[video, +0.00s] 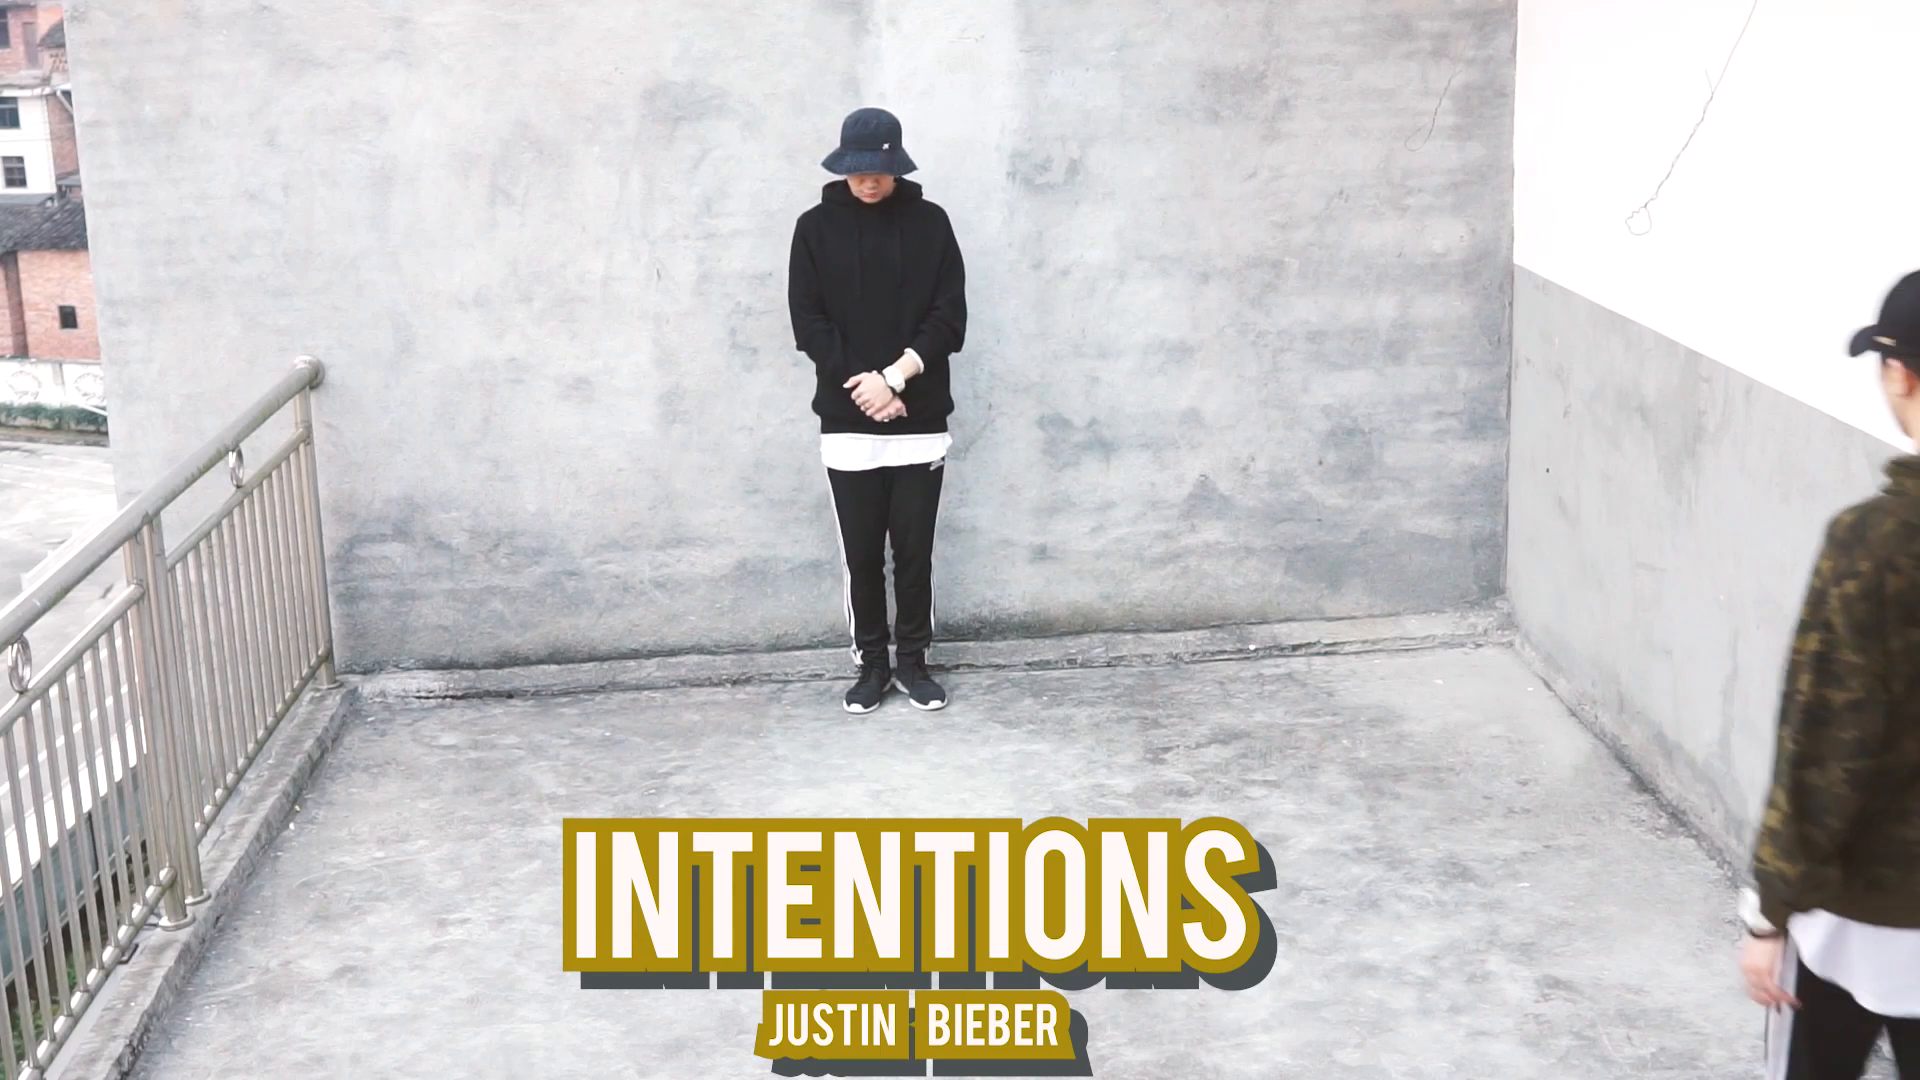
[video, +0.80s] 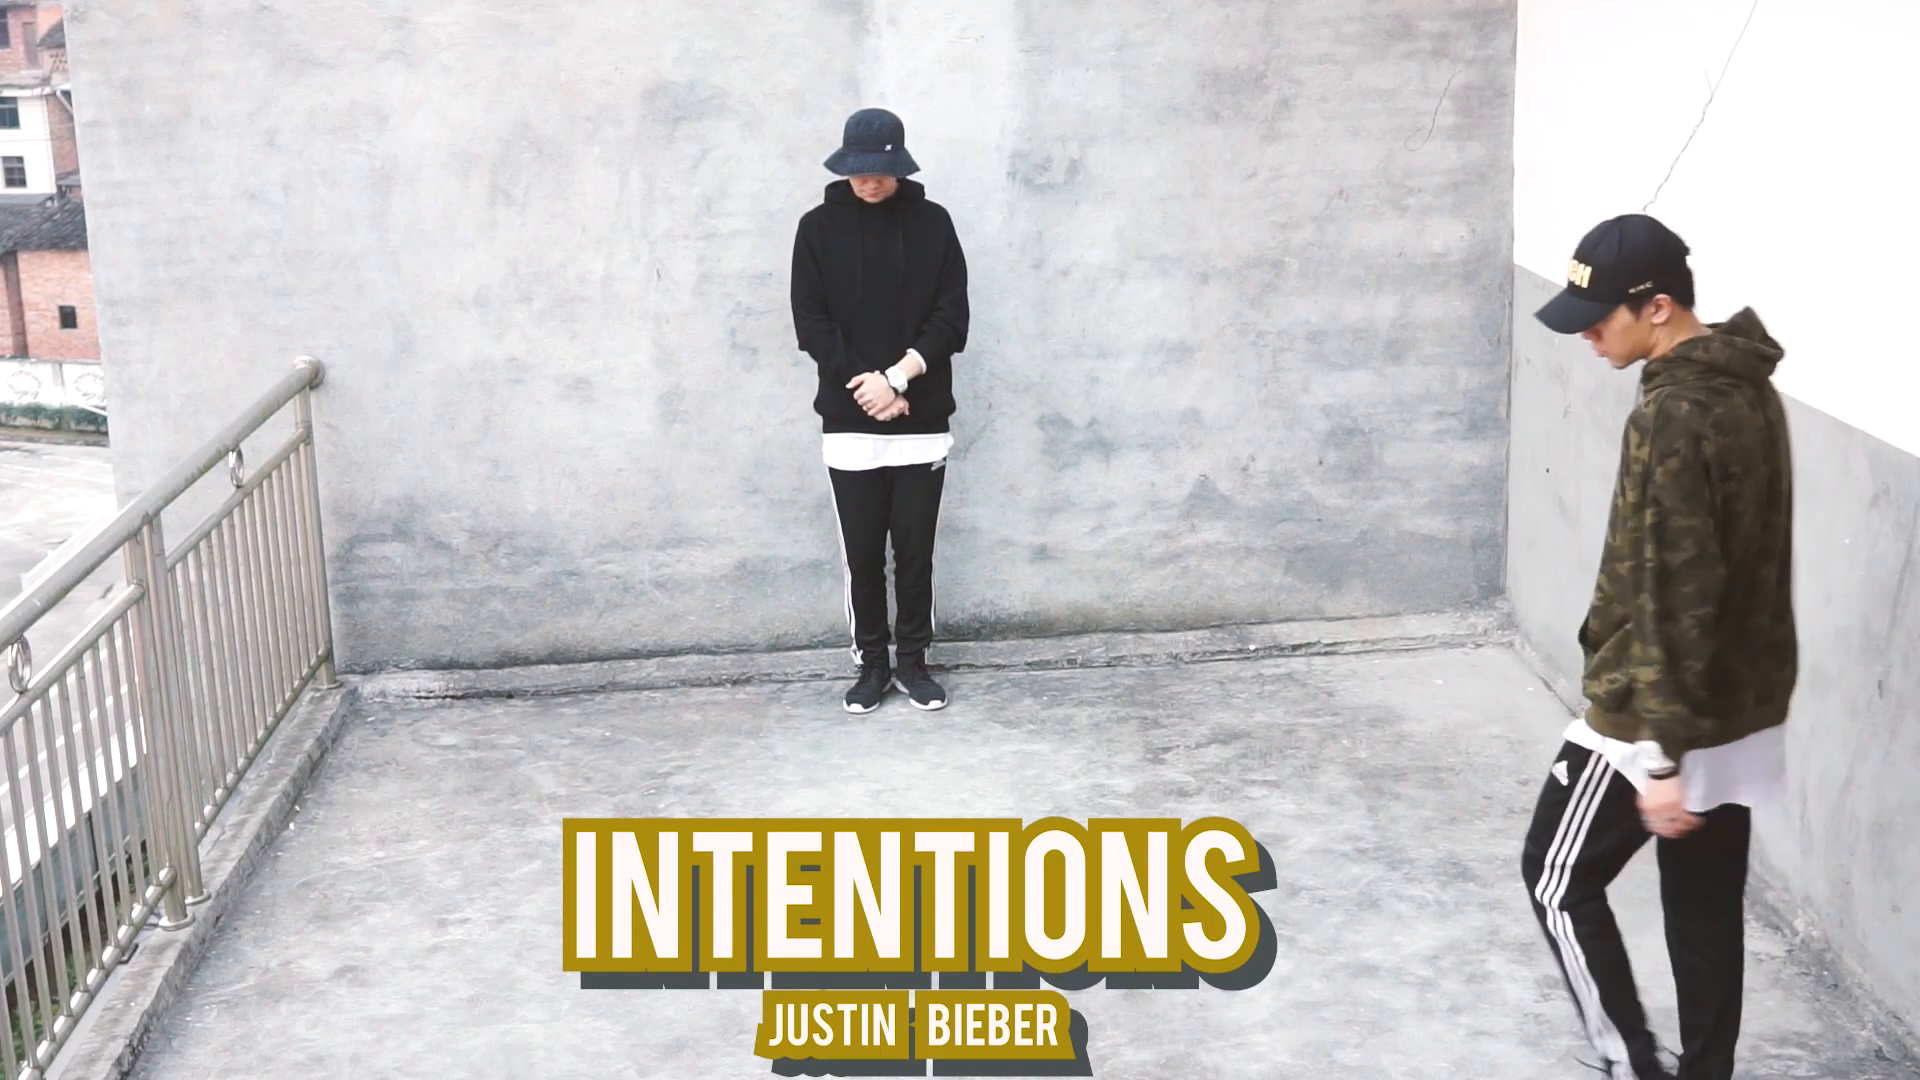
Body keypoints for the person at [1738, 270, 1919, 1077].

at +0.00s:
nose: (1882, 381)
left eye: (1882, 362)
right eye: (1882, 361)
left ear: (1904, 378)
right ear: (1910, 378)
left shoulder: (1880, 538)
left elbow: (1833, 744)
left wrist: (1769, 908)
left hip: (1869, 922)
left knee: (1814, 1067)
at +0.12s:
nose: (1813, 367)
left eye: (1812, 347)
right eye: (1812, 347)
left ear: (1834, 356)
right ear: (1911, 351)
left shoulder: (1818, 511)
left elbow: (1767, 709)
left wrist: (1703, 842)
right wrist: (1710, 839)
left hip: (1819, 862)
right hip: (1908, 861)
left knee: (1787, 1061)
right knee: (1888, 1055)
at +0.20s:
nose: (1781, 358)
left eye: (1780, 338)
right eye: (1778, 339)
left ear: (1803, 345)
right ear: (1884, 334)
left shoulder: (1785, 490)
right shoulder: (1914, 449)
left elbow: (1730, 662)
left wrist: (1664, 782)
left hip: (1790, 837)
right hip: (1900, 824)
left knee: (1779, 1049)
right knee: (1854, 1014)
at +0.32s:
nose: (1738, 355)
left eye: (1738, 335)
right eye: (1736, 336)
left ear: (1765, 339)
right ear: (1840, 326)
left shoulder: (1744, 476)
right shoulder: (1907, 450)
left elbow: (1674, 630)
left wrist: (1605, 713)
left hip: (1754, 809)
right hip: (1868, 794)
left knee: (1758, 1040)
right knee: (1801, 999)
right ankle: (1795, 1069)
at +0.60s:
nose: (1645, 349)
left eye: (1647, 330)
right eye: (1641, 332)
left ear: (1693, 321)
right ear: (1729, 315)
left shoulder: (1679, 440)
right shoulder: (1845, 431)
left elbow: (1620, 604)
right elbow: (1890, 580)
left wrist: (1550, 720)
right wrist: (1888, 714)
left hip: (1683, 755)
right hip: (1793, 752)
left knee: (1650, 957)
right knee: (1737, 953)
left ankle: (1706, 1071)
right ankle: (1715, 1073)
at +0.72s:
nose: (1609, 341)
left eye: (1613, 323)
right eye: (1605, 326)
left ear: (1665, 309)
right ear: (1683, 305)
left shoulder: (1673, 421)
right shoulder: (1790, 406)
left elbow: (1656, 600)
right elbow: (1808, 572)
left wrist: (1607, 750)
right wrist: (1784, 707)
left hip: (1681, 732)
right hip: (1759, 727)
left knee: (1577, 892)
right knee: (1719, 926)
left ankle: (1671, 1063)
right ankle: (1710, 1070)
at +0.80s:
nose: (1588, 336)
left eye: (1596, 319)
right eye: (1585, 321)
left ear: (1652, 306)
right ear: (1663, 304)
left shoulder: (1671, 410)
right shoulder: (1746, 389)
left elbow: (1676, 589)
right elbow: (1745, 563)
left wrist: (1659, 755)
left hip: (1654, 711)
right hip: (1731, 703)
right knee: (1706, 926)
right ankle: (1705, 1069)